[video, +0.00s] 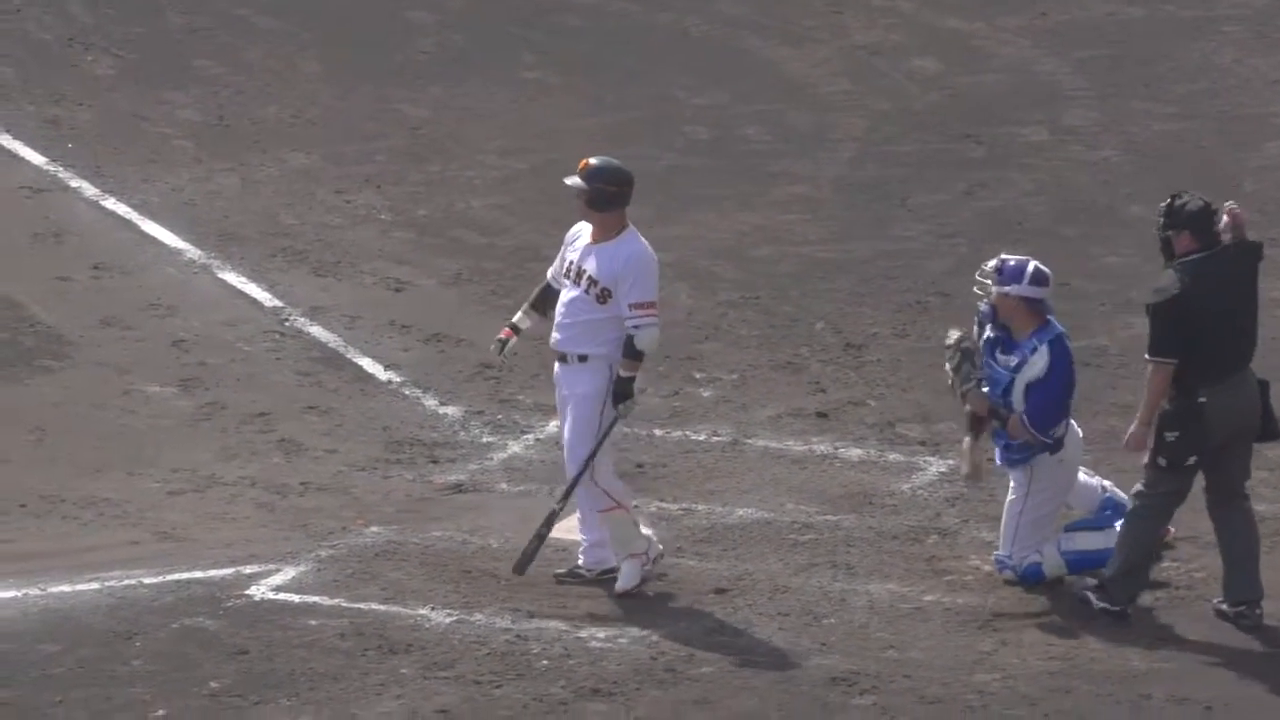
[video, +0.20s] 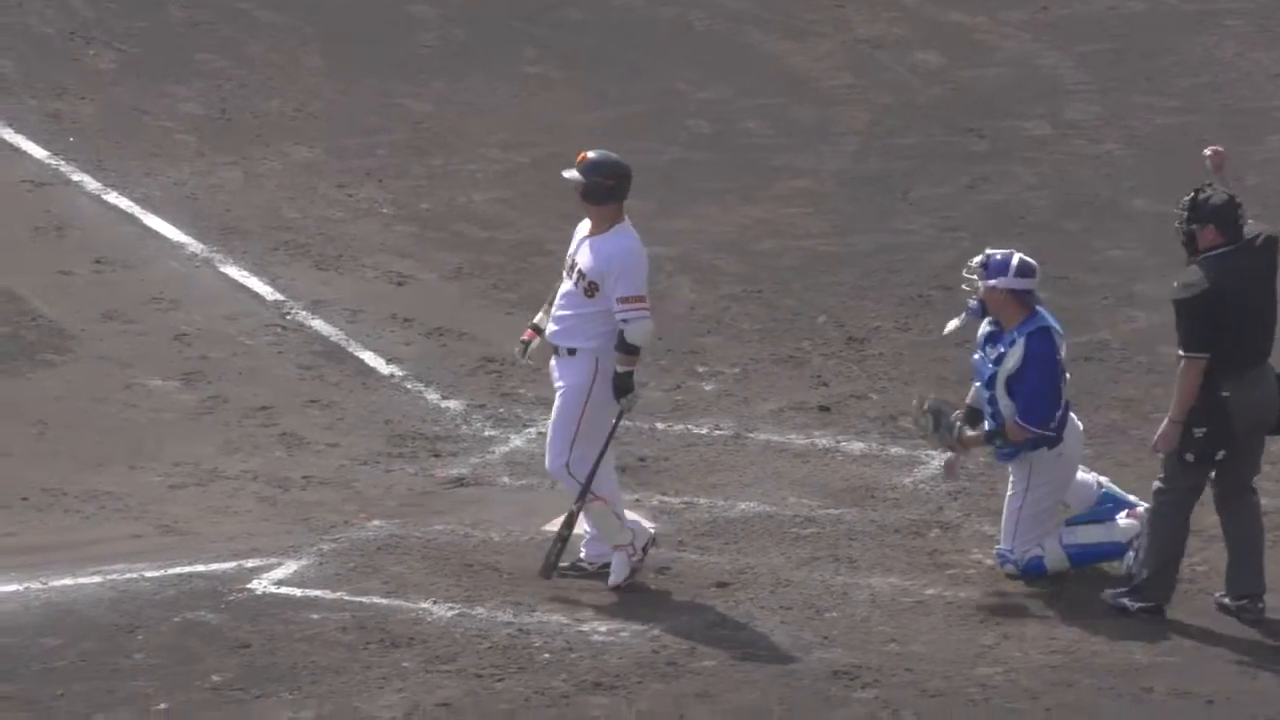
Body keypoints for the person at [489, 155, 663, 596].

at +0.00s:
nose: (578, 199)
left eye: (584, 194)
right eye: (579, 192)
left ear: (605, 202)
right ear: (606, 201)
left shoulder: (635, 257)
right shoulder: (579, 234)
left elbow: (642, 331)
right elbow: (551, 287)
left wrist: (624, 381)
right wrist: (516, 326)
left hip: (597, 372)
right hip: (565, 367)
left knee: (586, 465)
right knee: (578, 464)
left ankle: (639, 548)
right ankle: (597, 556)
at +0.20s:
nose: (577, 193)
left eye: (583, 189)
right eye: (578, 187)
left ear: (603, 196)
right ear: (607, 194)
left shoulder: (625, 250)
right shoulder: (586, 228)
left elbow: (634, 322)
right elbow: (570, 286)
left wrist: (624, 375)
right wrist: (539, 325)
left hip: (593, 366)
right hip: (567, 360)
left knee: (563, 461)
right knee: (589, 456)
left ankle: (629, 535)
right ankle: (600, 546)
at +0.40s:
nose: (576, 185)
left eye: (582, 181)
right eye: (579, 179)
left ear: (597, 188)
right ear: (613, 187)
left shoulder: (618, 244)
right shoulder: (600, 227)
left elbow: (622, 317)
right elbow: (598, 301)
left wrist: (611, 367)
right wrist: (573, 352)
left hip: (590, 359)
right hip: (578, 353)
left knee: (557, 455)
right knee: (597, 450)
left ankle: (612, 537)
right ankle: (608, 537)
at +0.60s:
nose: (579, 188)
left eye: (584, 184)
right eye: (581, 182)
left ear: (599, 191)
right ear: (619, 191)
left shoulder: (605, 247)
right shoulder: (632, 227)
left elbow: (601, 320)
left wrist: (585, 372)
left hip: (594, 358)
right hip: (619, 351)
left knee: (584, 458)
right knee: (599, 449)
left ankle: (617, 558)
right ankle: (602, 541)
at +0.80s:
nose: (581, 192)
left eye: (586, 187)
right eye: (584, 185)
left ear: (597, 193)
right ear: (624, 192)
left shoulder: (591, 244)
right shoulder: (650, 238)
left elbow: (572, 317)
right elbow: (659, 305)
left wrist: (554, 362)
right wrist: (642, 344)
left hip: (598, 364)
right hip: (636, 361)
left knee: (598, 466)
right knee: (600, 451)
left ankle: (623, 565)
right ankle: (594, 536)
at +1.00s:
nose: (573, 191)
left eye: (578, 186)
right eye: (576, 185)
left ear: (590, 189)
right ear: (618, 192)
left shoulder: (575, 234)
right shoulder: (646, 243)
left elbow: (544, 300)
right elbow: (655, 312)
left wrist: (529, 349)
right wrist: (652, 362)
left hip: (587, 364)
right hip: (631, 362)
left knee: (591, 466)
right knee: (601, 425)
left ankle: (608, 563)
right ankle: (619, 504)